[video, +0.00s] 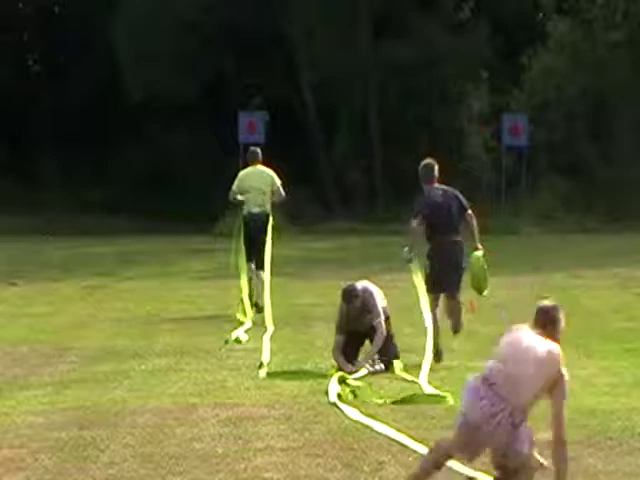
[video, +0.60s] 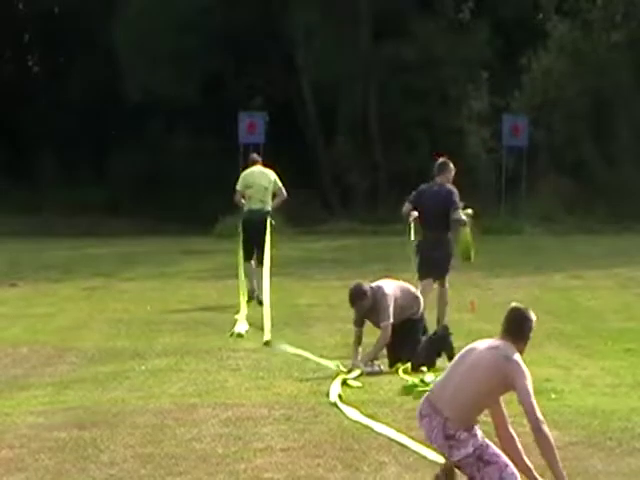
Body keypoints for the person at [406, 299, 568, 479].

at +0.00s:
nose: (561, 331)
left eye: (560, 325)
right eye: (560, 326)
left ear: (535, 322)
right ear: (554, 327)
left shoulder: (515, 333)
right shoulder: (555, 367)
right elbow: (559, 434)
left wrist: (529, 449)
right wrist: (561, 474)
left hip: (478, 396)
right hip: (506, 420)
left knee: (457, 446)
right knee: (517, 470)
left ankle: (417, 475)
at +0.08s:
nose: (559, 355)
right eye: (559, 351)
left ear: (533, 343)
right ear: (556, 354)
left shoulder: (510, 358)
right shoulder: (546, 384)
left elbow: (519, 436)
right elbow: (547, 442)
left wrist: (539, 474)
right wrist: (554, 476)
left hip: (451, 426)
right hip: (478, 449)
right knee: (517, 475)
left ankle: (390, 475)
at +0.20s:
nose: (545, 385)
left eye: (545, 378)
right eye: (546, 379)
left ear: (520, 364)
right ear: (542, 378)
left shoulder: (498, 377)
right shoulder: (525, 400)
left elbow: (509, 449)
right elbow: (539, 453)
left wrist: (531, 477)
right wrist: (551, 478)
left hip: (432, 423)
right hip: (450, 463)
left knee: (420, 455)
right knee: (514, 476)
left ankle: (373, 474)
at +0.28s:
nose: (532, 377)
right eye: (533, 372)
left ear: (506, 360)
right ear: (530, 372)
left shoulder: (487, 375)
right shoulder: (510, 397)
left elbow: (507, 448)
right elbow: (534, 456)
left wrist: (530, 473)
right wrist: (548, 478)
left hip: (420, 435)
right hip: (442, 461)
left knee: (419, 456)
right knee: (509, 475)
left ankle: (375, 474)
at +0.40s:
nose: (525, 358)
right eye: (526, 352)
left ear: (500, 342)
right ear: (524, 353)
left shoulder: (481, 362)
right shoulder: (504, 381)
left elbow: (507, 438)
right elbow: (528, 438)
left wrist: (535, 474)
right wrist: (555, 476)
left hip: (420, 431)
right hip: (441, 452)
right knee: (506, 476)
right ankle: (432, 470)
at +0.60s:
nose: (530, 340)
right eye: (531, 335)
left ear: (503, 328)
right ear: (527, 337)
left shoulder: (480, 346)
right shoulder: (515, 367)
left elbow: (503, 430)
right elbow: (537, 426)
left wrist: (531, 474)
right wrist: (559, 474)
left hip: (426, 412)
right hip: (451, 435)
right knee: (509, 476)